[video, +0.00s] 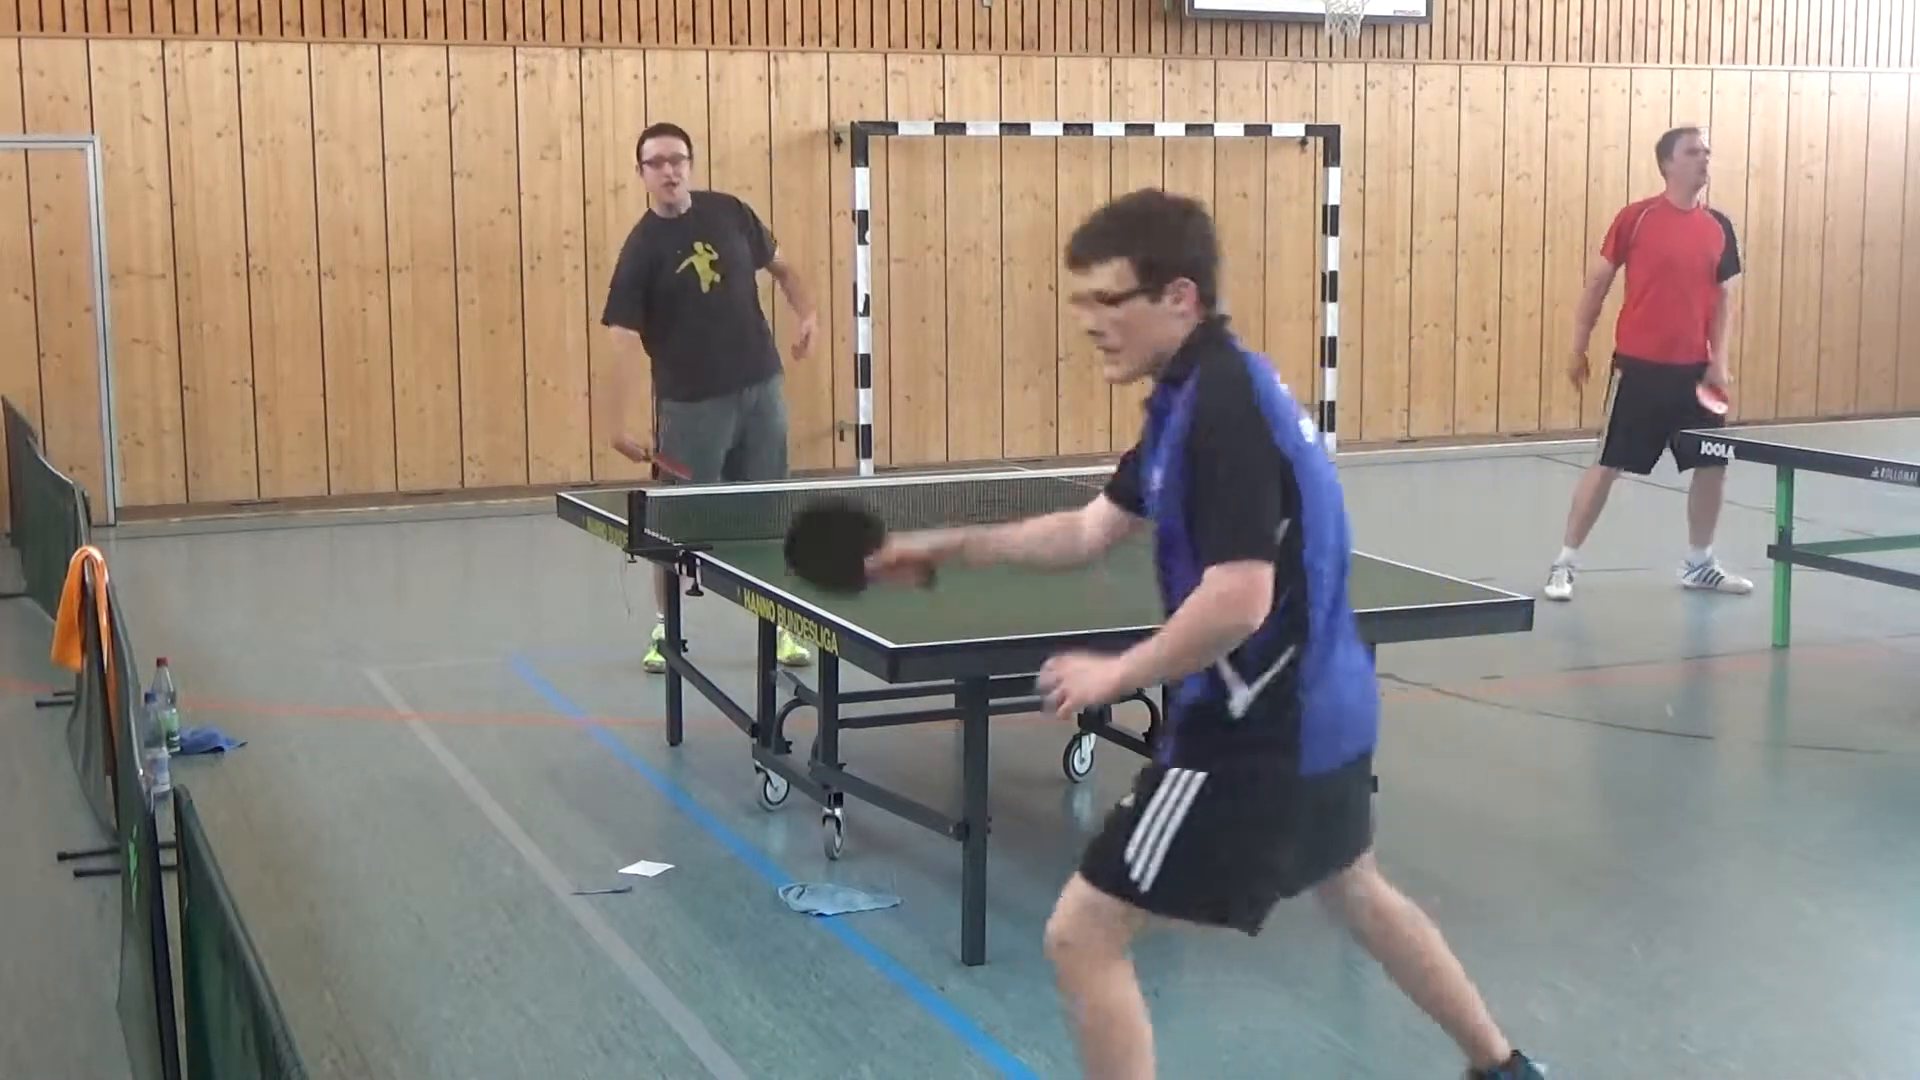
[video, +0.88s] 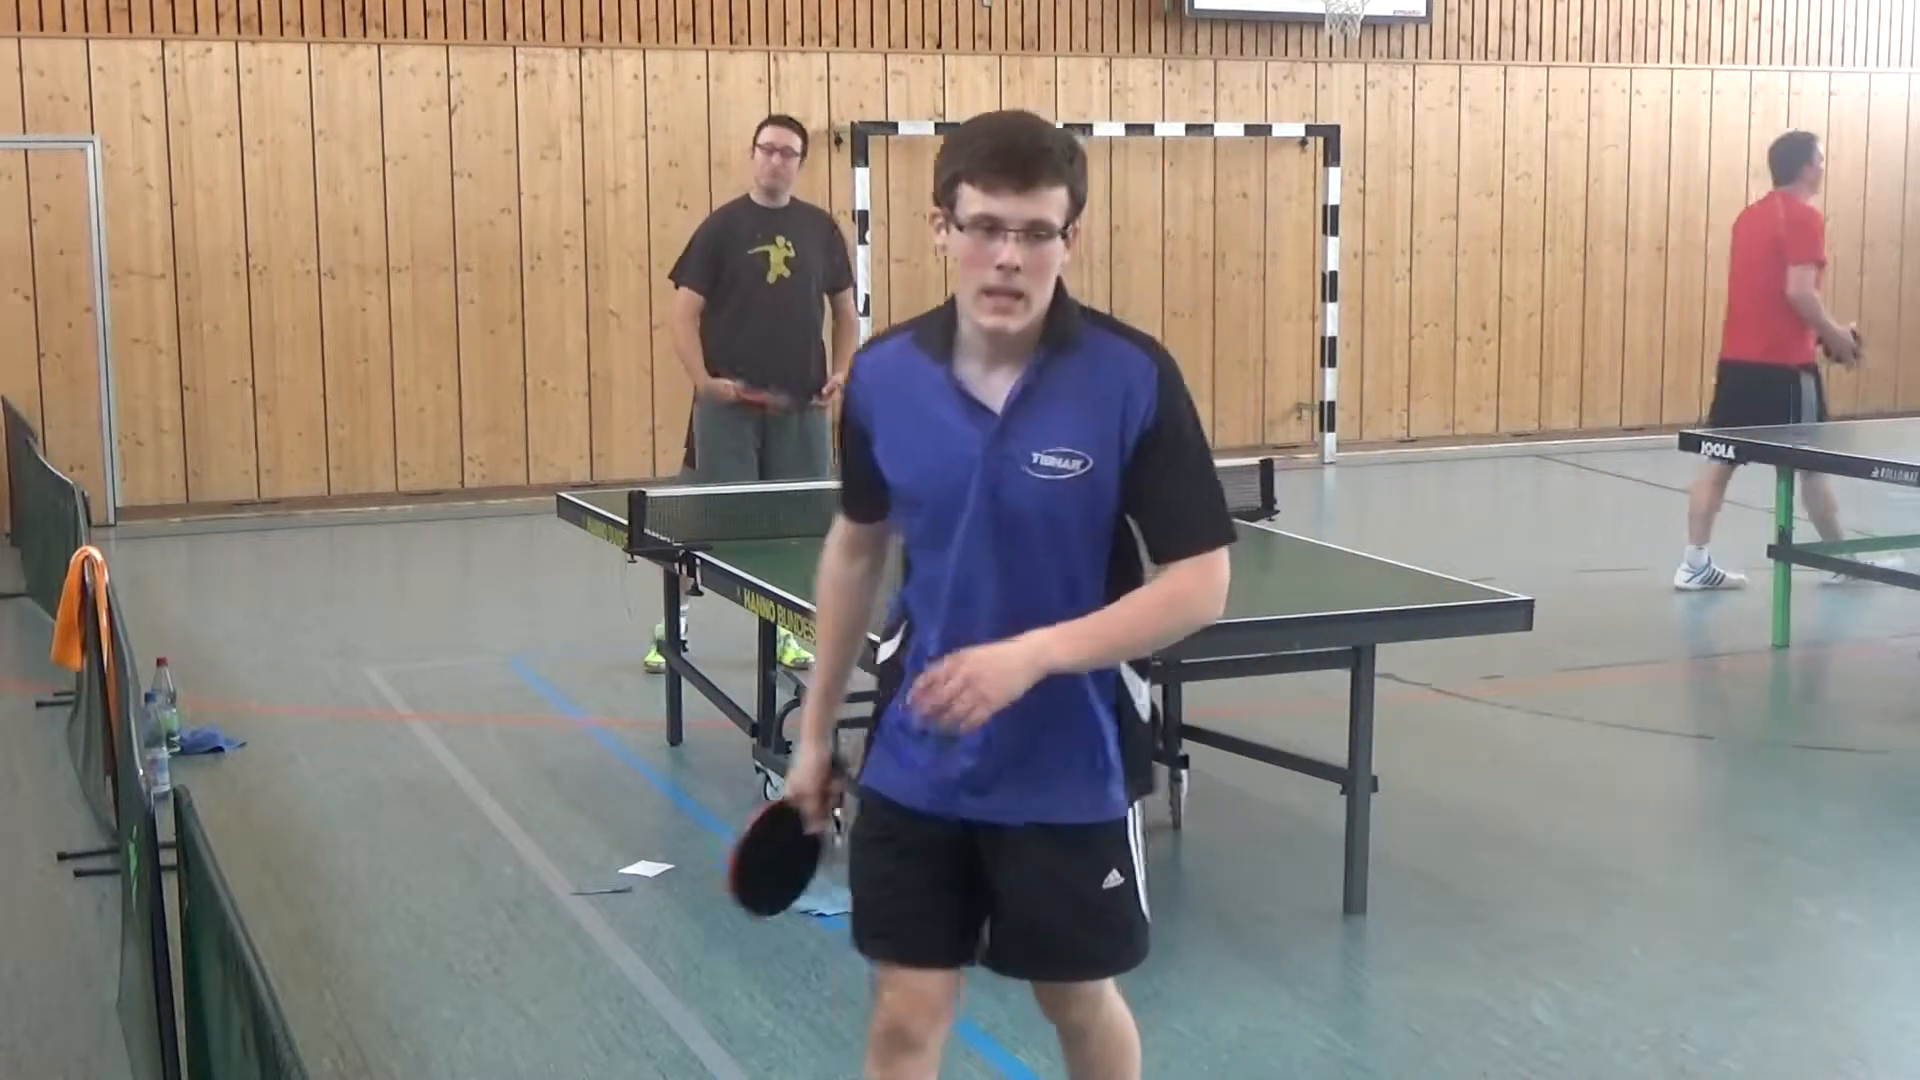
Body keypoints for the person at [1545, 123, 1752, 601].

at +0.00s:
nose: (1706, 158)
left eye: (1707, 152)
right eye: (1695, 152)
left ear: (1708, 161)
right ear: (1668, 163)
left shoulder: (1718, 226)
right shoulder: (1634, 218)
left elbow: (1723, 300)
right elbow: (1596, 284)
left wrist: (1719, 363)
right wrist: (1579, 349)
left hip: (1697, 371)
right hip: (1641, 369)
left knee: (1712, 463)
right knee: (1608, 465)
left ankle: (1699, 564)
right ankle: (1565, 563)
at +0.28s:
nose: (1726, 156)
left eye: (1726, 149)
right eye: (1715, 149)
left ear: (1723, 160)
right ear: (1689, 162)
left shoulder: (1730, 224)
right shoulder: (1664, 214)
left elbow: (1738, 297)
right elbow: (1635, 282)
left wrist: (1742, 362)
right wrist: (1635, 349)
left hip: (1719, 364)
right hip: (1675, 361)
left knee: (1712, 464)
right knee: (1655, 462)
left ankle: (1693, 564)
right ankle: (1587, 544)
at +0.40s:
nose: (1744, 154)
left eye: (1743, 148)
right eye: (1733, 148)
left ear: (1728, 161)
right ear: (1705, 159)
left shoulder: (1733, 221)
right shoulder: (1686, 210)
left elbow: (1739, 292)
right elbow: (1655, 276)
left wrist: (1755, 349)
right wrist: (1667, 345)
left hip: (1724, 357)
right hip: (1693, 355)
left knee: (1707, 462)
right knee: (1704, 458)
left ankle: (1692, 566)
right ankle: (1627, 542)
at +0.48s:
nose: (1756, 154)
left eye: (1753, 147)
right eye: (1746, 148)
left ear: (1731, 160)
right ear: (1720, 160)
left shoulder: (1732, 211)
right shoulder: (1704, 208)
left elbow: (1735, 288)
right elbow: (1671, 277)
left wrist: (1762, 341)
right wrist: (1692, 341)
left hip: (1719, 354)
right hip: (1704, 355)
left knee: (1699, 459)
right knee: (1739, 455)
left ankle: (1689, 561)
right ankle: (1675, 540)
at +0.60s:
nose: (1777, 159)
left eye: (1773, 151)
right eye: (1769, 151)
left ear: (1745, 161)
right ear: (1747, 159)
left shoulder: (1734, 210)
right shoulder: (1729, 209)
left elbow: (1733, 285)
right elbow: (1698, 275)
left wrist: (1764, 329)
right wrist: (1737, 336)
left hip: (1697, 355)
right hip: (1726, 357)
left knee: (1694, 459)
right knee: (1765, 455)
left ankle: (1689, 564)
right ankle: (1743, 564)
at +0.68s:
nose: (1787, 163)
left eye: (1785, 155)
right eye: (1781, 155)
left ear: (1745, 164)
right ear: (1760, 162)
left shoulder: (1720, 210)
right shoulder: (1748, 209)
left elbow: (1724, 287)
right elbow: (1727, 278)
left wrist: (1780, 341)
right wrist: (1773, 336)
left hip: (1701, 360)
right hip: (1742, 360)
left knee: (1693, 460)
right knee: (1776, 461)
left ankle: (1690, 564)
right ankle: (1797, 564)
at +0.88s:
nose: (1824, 169)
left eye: (1822, 160)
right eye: (1821, 161)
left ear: (1777, 169)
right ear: (1808, 167)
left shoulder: (1748, 215)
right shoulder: (1804, 215)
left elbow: (1759, 293)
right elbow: (1799, 291)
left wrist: (1827, 328)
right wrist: (1836, 335)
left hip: (1737, 366)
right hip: (1787, 370)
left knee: (1716, 463)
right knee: (1811, 467)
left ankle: (1695, 563)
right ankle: (1839, 557)